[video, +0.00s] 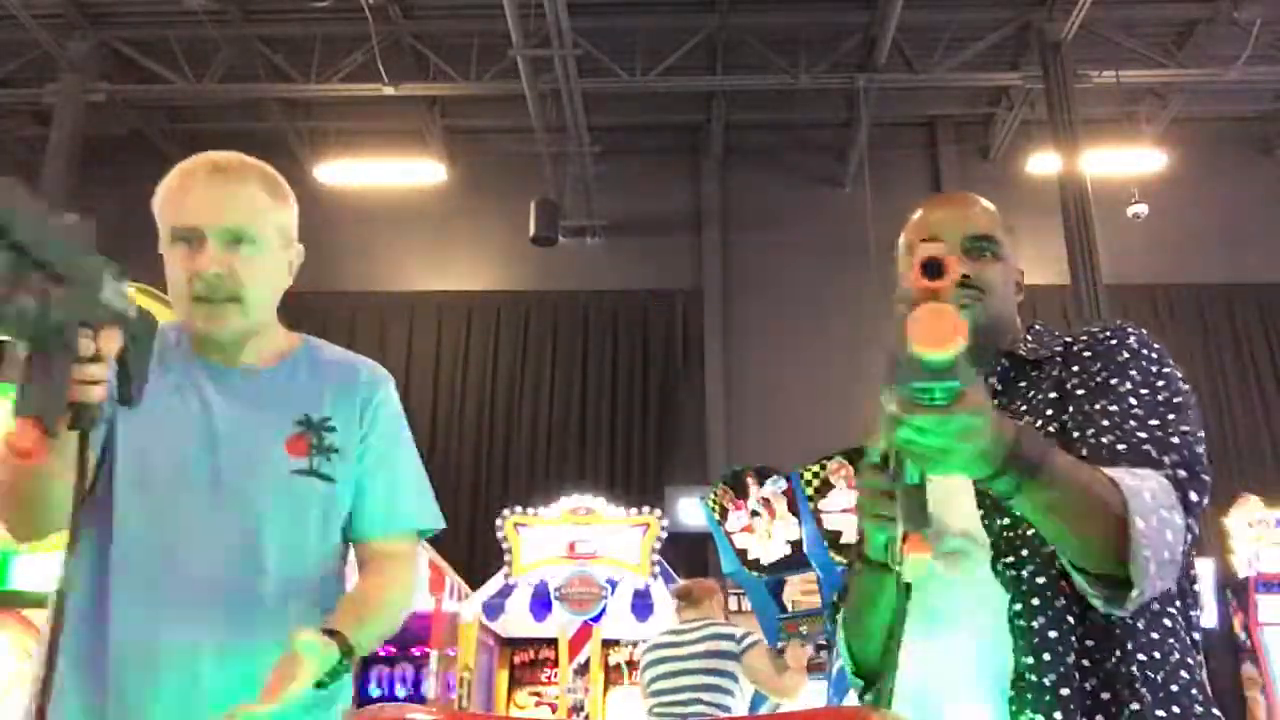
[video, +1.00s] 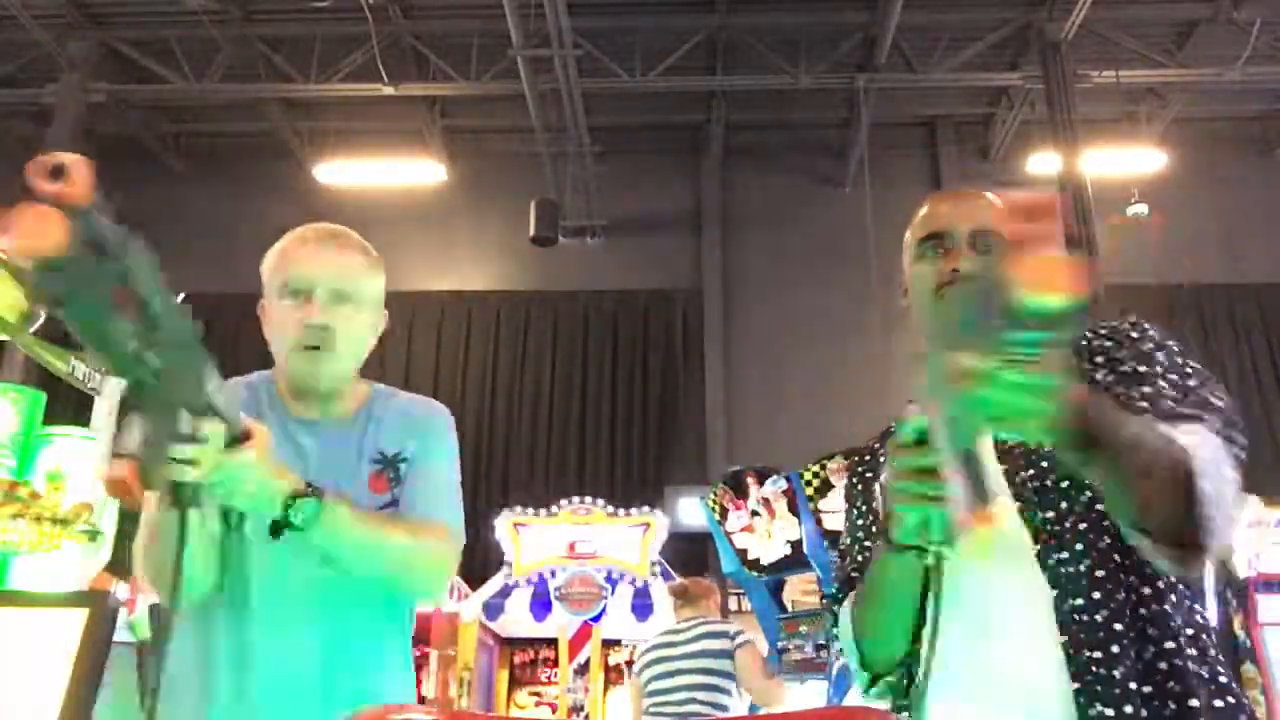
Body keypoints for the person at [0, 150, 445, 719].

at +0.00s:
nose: (210, 266)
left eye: (239, 241)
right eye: (188, 241)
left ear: (291, 262)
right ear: (162, 255)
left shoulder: (357, 393)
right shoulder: (111, 368)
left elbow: (393, 570)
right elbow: (28, 525)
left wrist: (329, 648)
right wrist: (66, 413)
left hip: (275, 711)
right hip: (102, 706)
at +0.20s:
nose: (314, 253)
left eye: (342, 229)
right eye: (290, 228)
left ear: (393, 253)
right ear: (262, 247)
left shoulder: (455, 385)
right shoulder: (203, 365)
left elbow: (490, 566)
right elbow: (126, 529)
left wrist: (385, 648)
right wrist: (101, 412)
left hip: (369, 714)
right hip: (192, 704)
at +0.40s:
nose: (323, 297)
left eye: (348, 279)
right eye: (300, 276)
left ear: (385, 306)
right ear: (269, 295)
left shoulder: (432, 420)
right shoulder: (221, 397)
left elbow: (473, 577)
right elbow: (160, 540)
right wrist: (182, 452)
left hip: (373, 705)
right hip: (217, 703)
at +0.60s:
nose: (311, 299)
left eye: (336, 281)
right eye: (289, 277)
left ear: (377, 305)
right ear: (258, 296)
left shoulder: (424, 410)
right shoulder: (198, 399)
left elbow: (441, 567)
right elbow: (161, 570)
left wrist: (300, 483)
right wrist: (182, 503)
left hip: (370, 705)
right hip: (213, 703)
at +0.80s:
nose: (261, 291)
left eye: (289, 272)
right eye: (242, 268)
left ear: (330, 301)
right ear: (208, 283)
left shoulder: (378, 404)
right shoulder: (139, 390)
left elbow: (401, 562)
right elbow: (121, 559)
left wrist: (271, 473)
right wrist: (172, 463)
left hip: (316, 707)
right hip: (153, 706)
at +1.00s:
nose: (316, 317)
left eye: (342, 299)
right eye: (297, 296)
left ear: (377, 325)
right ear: (264, 316)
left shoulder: (419, 426)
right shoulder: (208, 414)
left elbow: (431, 570)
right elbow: (171, 587)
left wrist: (284, 494)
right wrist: (171, 480)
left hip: (359, 707)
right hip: (212, 706)